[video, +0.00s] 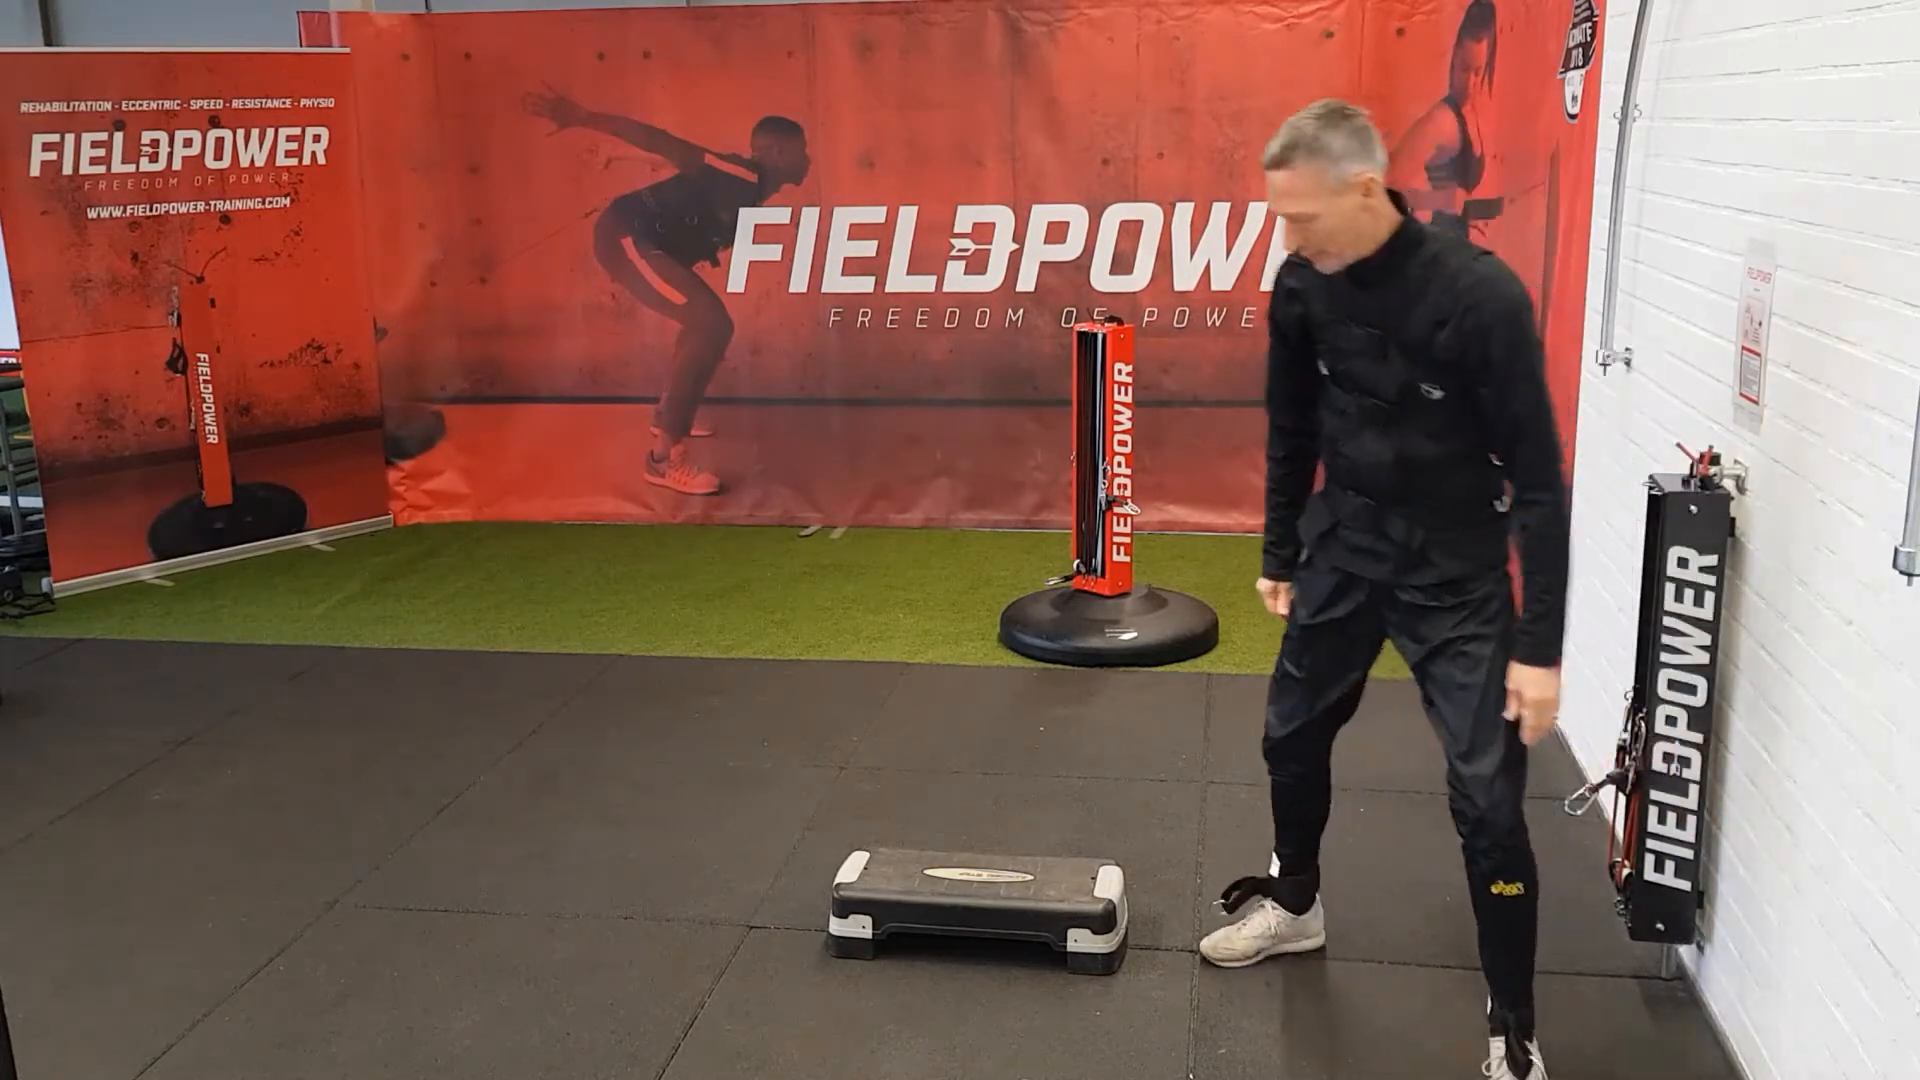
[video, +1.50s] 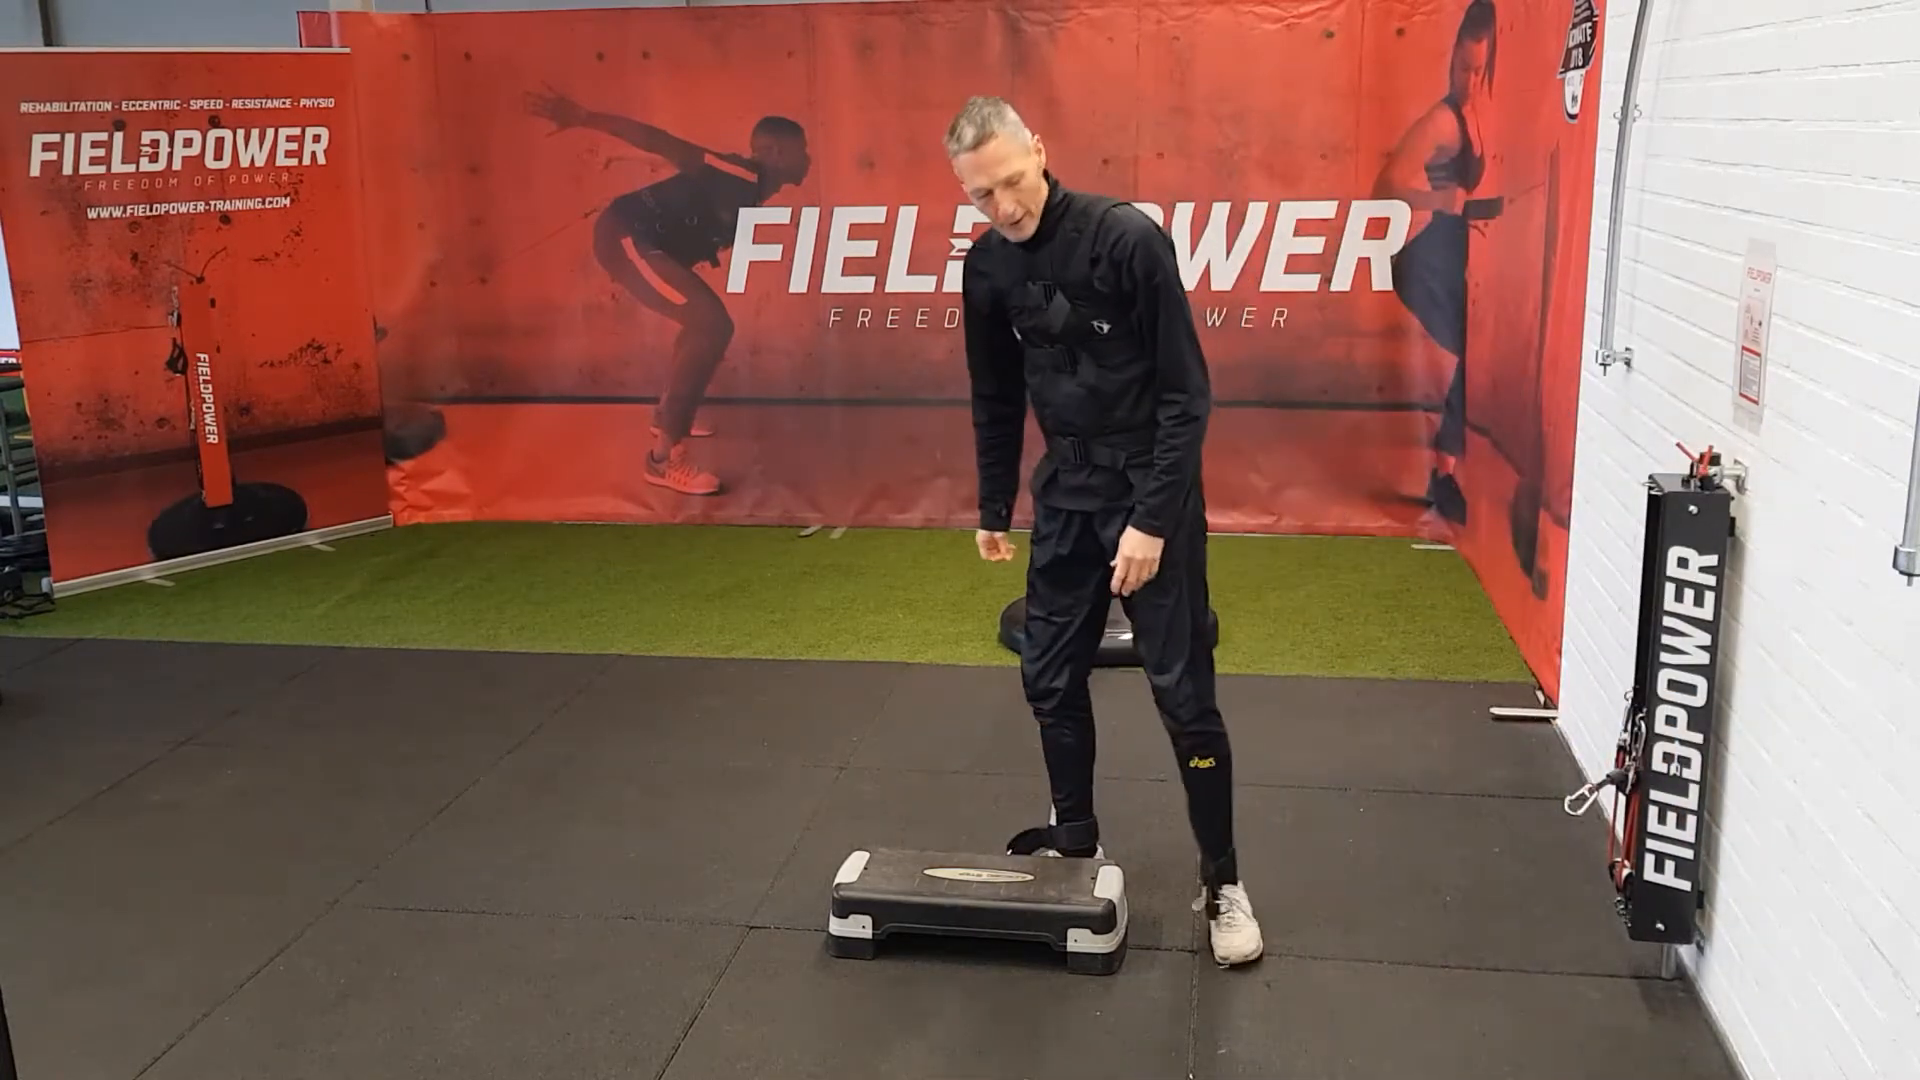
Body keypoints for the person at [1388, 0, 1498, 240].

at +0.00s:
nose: (1470, 83)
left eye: (1478, 72)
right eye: (1463, 69)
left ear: (1487, 70)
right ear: (1449, 67)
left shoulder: (1472, 114)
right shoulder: (1440, 120)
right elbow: (1399, 176)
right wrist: (1445, 201)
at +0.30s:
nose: (1467, 70)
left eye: (1475, 61)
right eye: (1463, 58)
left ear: (1487, 60)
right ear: (1453, 54)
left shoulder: (1475, 117)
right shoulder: (1443, 119)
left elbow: (1461, 184)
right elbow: (1393, 178)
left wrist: (1482, 205)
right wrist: (1445, 199)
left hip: (1453, 237)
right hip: (1433, 239)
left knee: (1448, 355)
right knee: (1441, 355)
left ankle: (1437, 474)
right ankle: (1435, 476)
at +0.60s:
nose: (1467, 76)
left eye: (1476, 66)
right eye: (1461, 64)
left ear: (1488, 67)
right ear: (1449, 62)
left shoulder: (1472, 121)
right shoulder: (1442, 121)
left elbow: (1447, 189)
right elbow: (1392, 181)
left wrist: (1477, 206)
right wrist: (1445, 199)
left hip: (1449, 252)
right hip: (1427, 254)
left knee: (1449, 372)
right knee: (1430, 378)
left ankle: (1444, 480)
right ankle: (1415, 500)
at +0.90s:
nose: (1467, 74)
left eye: (1476, 64)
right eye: (1461, 63)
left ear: (1488, 65)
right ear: (1449, 61)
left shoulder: (1473, 119)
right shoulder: (1443, 119)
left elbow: (1447, 192)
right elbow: (1392, 181)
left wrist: (1487, 203)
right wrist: (1444, 198)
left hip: (1449, 251)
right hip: (1428, 254)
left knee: (1451, 366)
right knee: (1438, 369)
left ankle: (1447, 473)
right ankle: (1430, 487)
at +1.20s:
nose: (1469, 75)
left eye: (1477, 65)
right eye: (1463, 63)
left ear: (1488, 66)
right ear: (1450, 61)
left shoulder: (1471, 120)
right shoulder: (1443, 119)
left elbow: (1444, 193)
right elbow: (1391, 180)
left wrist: (1486, 204)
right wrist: (1444, 198)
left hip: (1447, 254)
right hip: (1426, 256)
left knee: (1449, 365)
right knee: (1439, 366)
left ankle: (1445, 472)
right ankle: (1435, 478)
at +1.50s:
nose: (1471, 75)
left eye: (1479, 66)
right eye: (1465, 63)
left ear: (1488, 68)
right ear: (1451, 62)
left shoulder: (1468, 121)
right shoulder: (1443, 120)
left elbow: (1440, 192)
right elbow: (1392, 180)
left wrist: (1477, 207)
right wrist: (1445, 199)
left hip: (1446, 253)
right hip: (1426, 255)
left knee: (1449, 363)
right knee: (1439, 364)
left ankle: (1444, 472)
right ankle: (1433, 476)